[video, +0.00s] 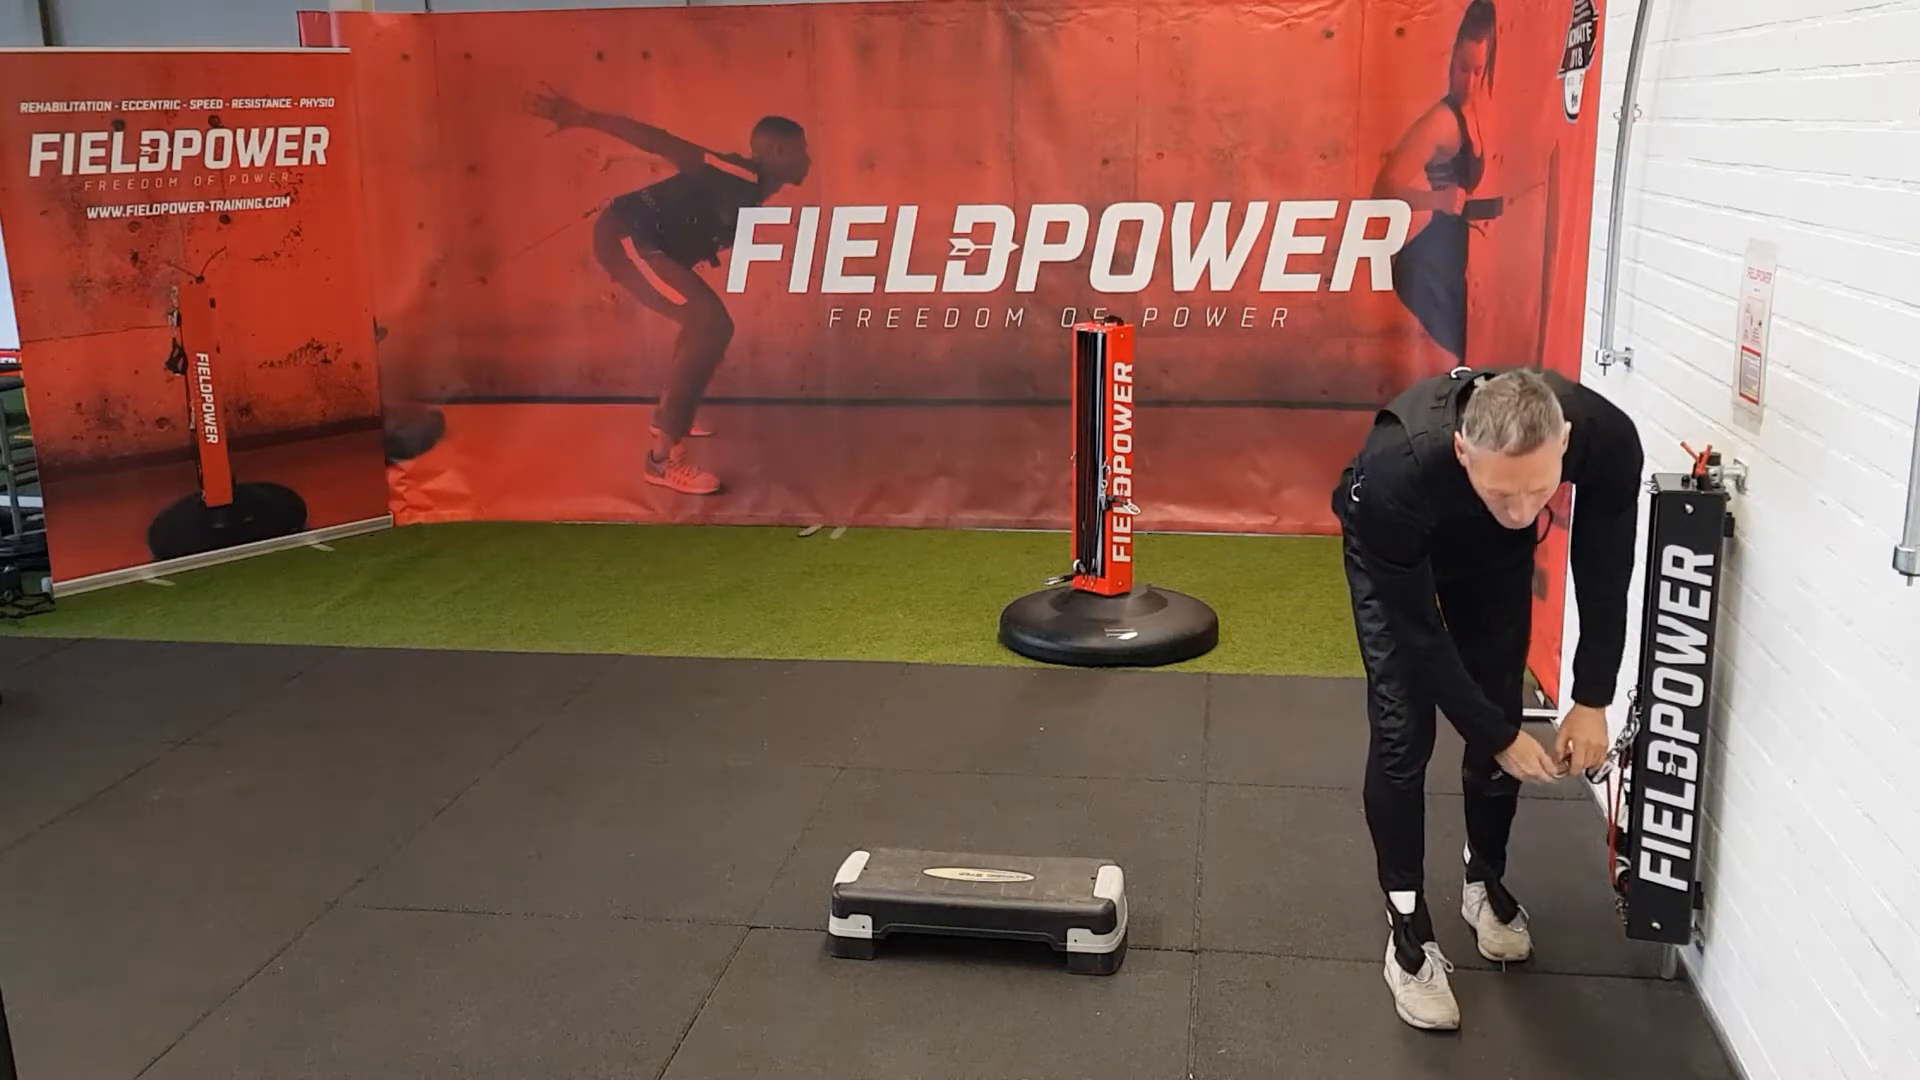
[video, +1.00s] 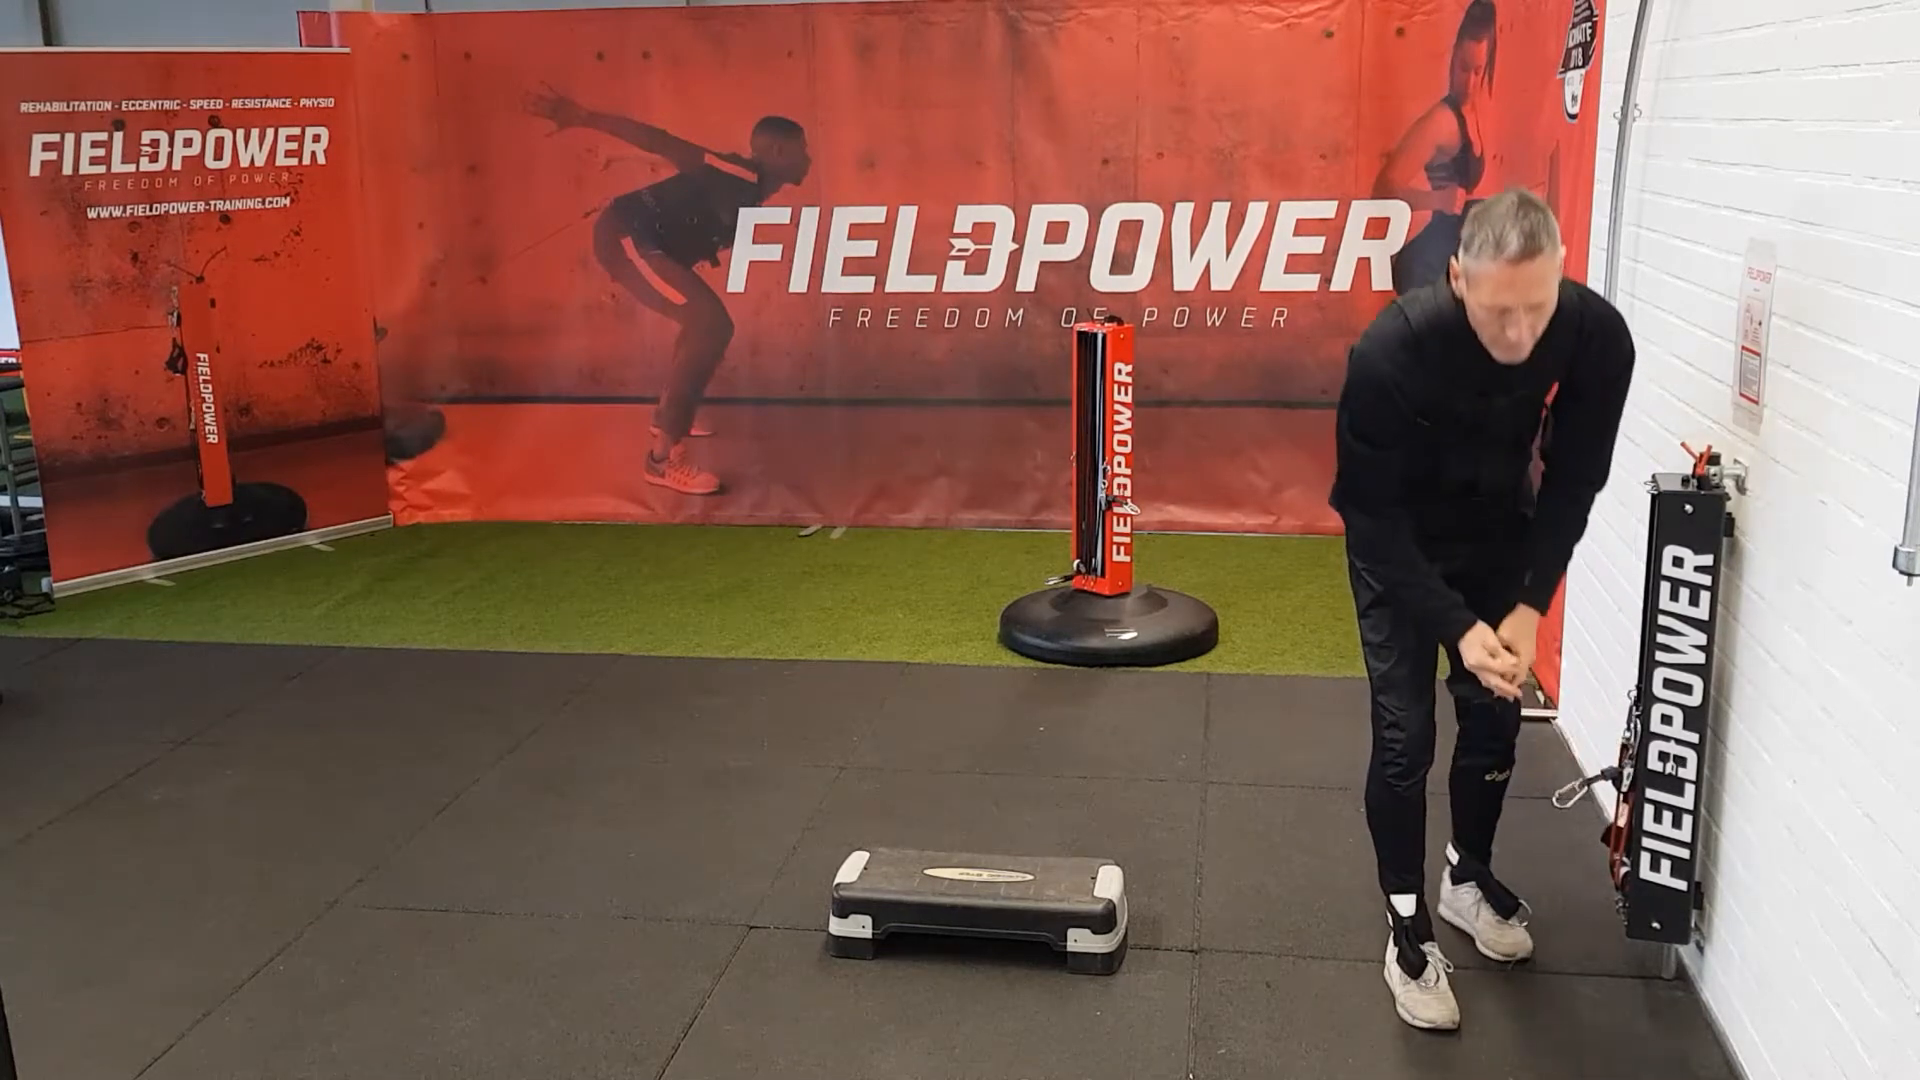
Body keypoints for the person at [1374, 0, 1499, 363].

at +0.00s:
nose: (1471, 81)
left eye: (1482, 71)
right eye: (1464, 68)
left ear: (1491, 73)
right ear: (1450, 65)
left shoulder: (1467, 120)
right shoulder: (1440, 121)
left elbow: (1437, 191)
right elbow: (1388, 189)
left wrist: (1473, 211)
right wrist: (1438, 200)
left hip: (1445, 254)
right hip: (1424, 257)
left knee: (1451, 358)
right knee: (1444, 360)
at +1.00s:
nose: (1470, 84)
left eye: (1479, 72)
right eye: (1463, 70)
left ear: (1490, 69)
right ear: (1448, 65)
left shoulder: (1473, 115)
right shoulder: (1440, 120)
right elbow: (1390, 185)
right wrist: (1438, 199)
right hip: (1426, 249)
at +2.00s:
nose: (1471, 81)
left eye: (1479, 71)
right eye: (1465, 68)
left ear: (1488, 70)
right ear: (1450, 62)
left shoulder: (1465, 118)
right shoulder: (1440, 120)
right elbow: (1387, 189)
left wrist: (1472, 210)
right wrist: (1439, 200)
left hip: (1446, 251)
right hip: (1426, 256)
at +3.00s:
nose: (1471, 80)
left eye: (1480, 71)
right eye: (1465, 68)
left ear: (1489, 69)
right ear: (1451, 63)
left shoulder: (1472, 116)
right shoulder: (1441, 121)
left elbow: (1440, 194)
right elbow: (1387, 187)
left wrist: (1475, 209)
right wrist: (1438, 200)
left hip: (1447, 254)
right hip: (1426, 258)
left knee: (1457, 348)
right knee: (1450, 348)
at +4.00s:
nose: (1472, 81)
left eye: (1482, 72)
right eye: (1464, 69)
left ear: (1492, 74)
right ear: (1450, 66)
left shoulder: (1468, 121)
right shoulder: (1440, 121)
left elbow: (1438, 191)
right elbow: (1388, 187)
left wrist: (1473, 211)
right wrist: (1437, 199)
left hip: (1446, 257)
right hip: (1424, 260)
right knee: (1450, 358)